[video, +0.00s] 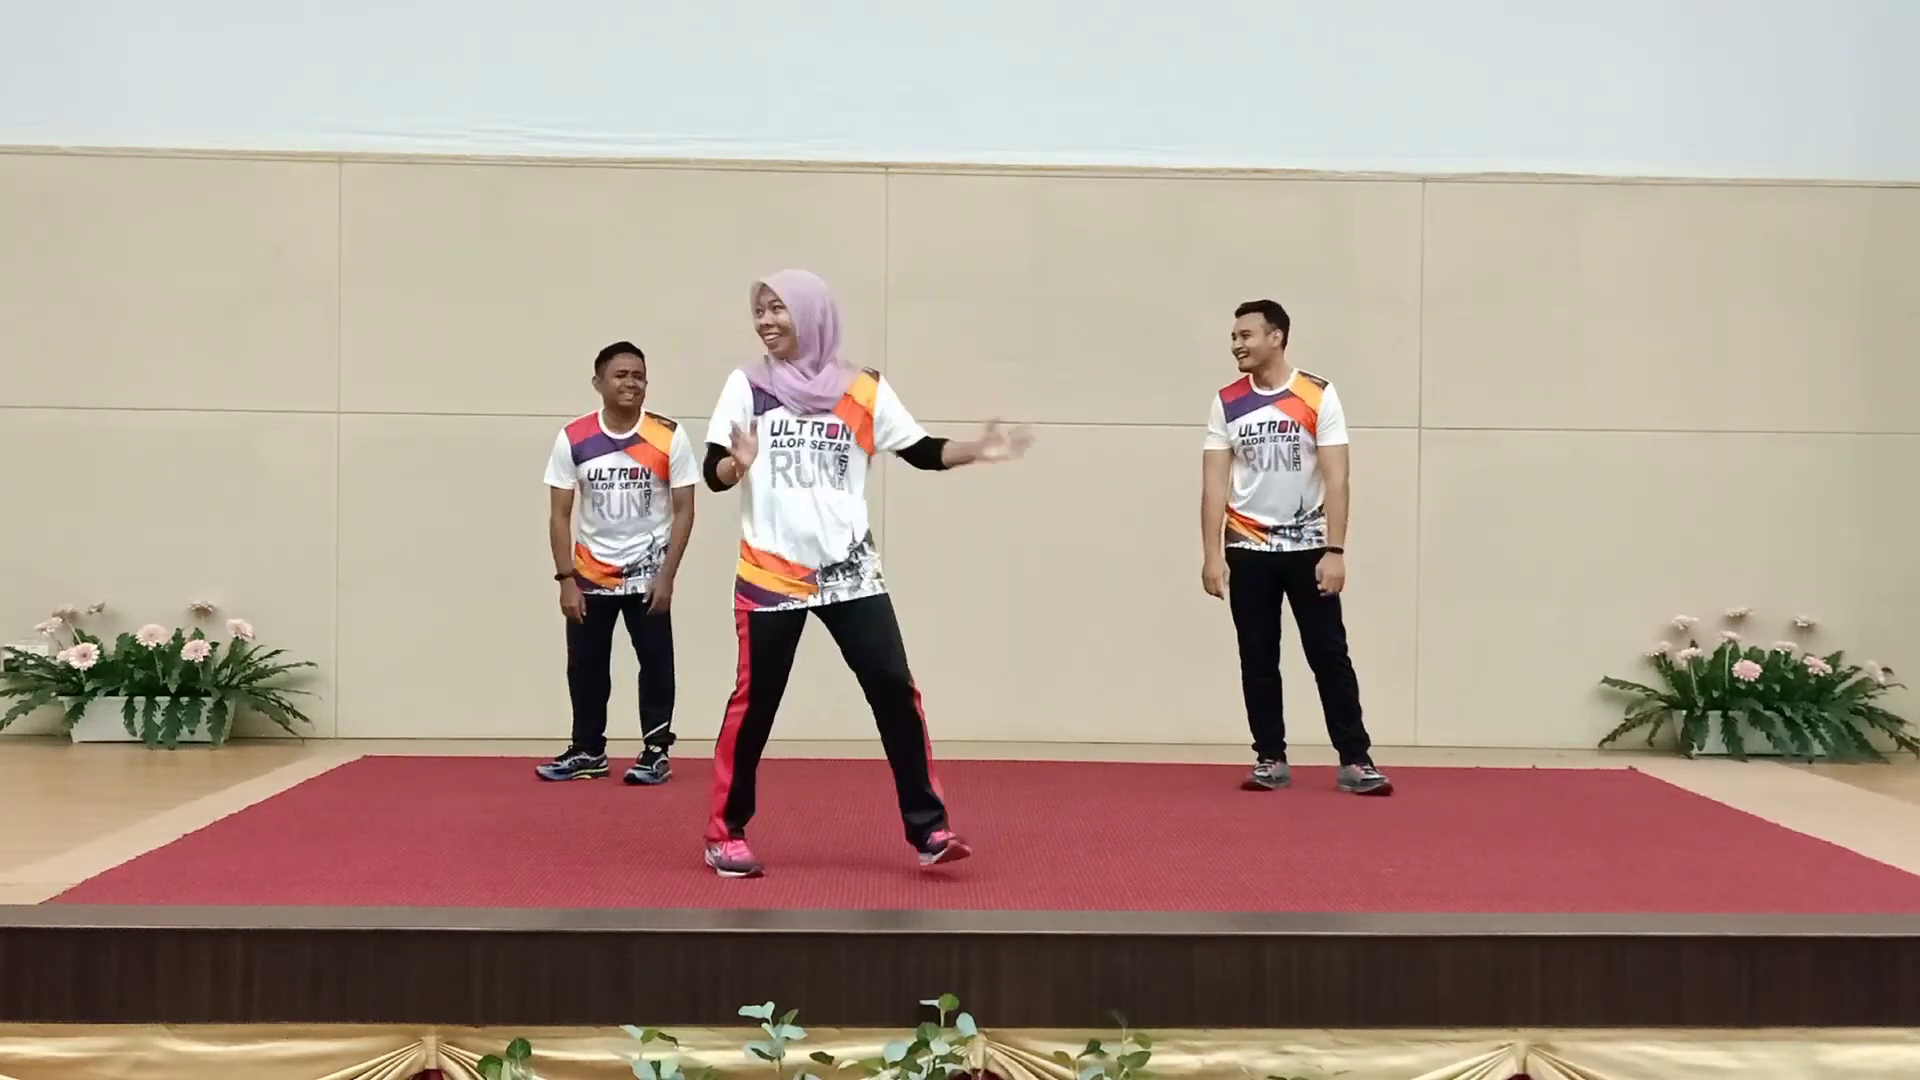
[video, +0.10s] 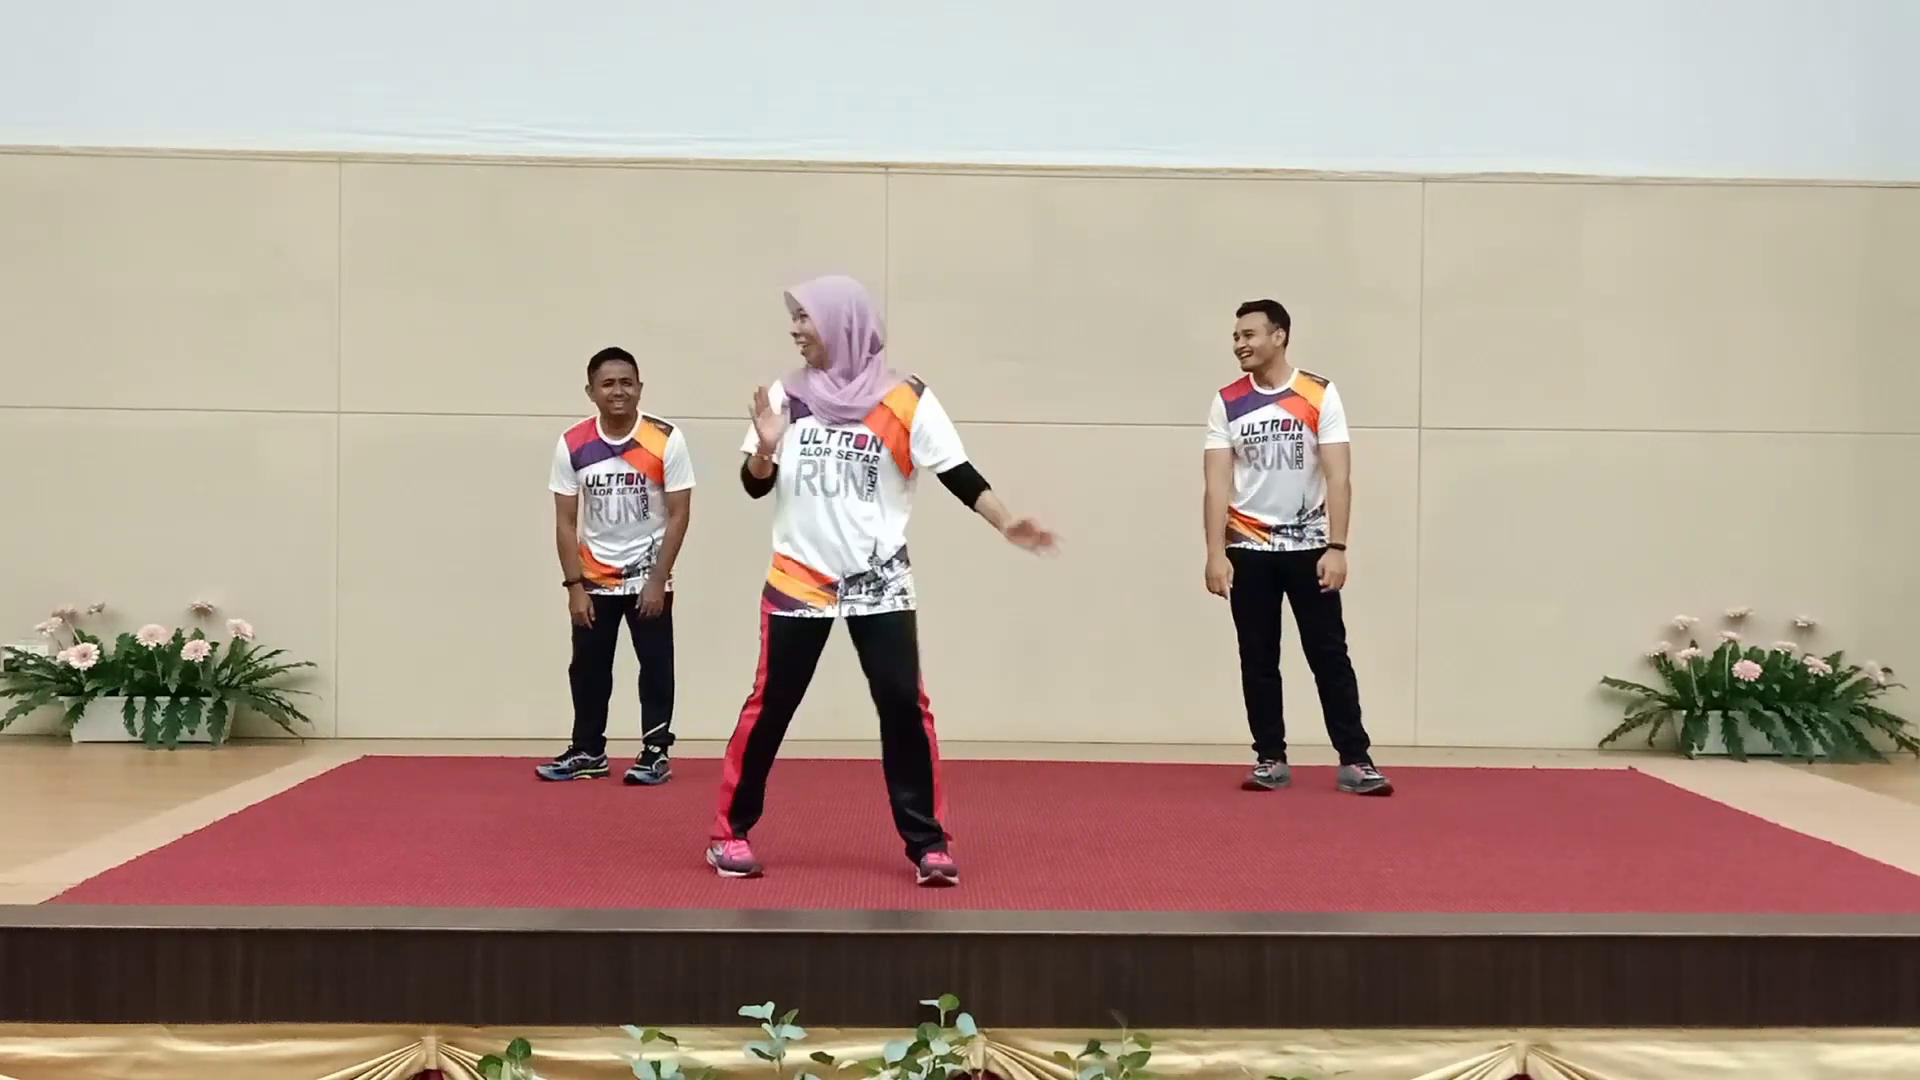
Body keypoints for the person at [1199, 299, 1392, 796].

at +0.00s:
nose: (1236, 344)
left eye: (1245, 335)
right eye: (1234, 336)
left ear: (1278, 338)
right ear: (1238, 342)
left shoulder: (1320, 398)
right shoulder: (1227, 402)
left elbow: (1336, 480)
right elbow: (1215, 485)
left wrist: (1335, 550)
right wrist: (1212, 554)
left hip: (1307, 548)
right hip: (1248, 550)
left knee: (1330, 657)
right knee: (1257, 661)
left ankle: (1355, 761)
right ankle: (1271, 761)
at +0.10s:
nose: (1239, 344)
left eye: (1248, 335)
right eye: (1236, 336)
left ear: (1280, 337)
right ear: (1237, 342)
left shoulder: (1321, 397)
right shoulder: (1227, 402)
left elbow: (1338, 477)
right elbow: (1218, 484)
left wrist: (1337, 547)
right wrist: (1214, 552)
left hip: (1309, 549)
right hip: (1249, 551)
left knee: (1329, 656)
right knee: (1258, 661)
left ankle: (1355, 761)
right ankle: (1271, 760)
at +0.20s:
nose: (1241, 343)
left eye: (1250, 334)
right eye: (1237, 336)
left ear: (1281, 337)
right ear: (1238, 342)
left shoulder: (1322, 397)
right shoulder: (1227, 402)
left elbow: (1339, 478)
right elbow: (1218, 483)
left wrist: (1336, 547)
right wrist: (1217, 551)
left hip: (1309, 548)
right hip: (1249, 551)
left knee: (1330, 656)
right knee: (1258, 661)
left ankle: (1355, 761)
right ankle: (1271, 760)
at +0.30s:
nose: (1243, 343)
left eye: (1253, 334)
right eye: (1240, 336)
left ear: (1283, 336)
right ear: (1239, 342)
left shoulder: (1324, 397)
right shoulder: (1229, 402)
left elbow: (1338, 478)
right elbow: (1220, 482)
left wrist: (1330, 548)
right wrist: (1222, 551)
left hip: (1310, 549)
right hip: (1251, 550)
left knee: (1330, 657)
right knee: (1258, 661)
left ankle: (1355, 761)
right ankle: (1271, 760)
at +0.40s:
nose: (1245, 342)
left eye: (1254, 333)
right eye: (1241, 335)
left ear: (1285, 336)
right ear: (1240, 342)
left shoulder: (1325, 396)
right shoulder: (1230, 402)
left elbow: (1336, 478)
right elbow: (1222, 481)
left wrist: (1327, 549)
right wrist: (1224, 551)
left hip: (1310, 549)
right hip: (1252, 551)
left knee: (1331, 658)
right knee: (1259, 662)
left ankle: (1356, 761)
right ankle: (1271, 760)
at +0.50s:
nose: (1247, 342)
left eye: (1256, 333)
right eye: (1243, 334)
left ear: (1286, 336)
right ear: (1242, 341)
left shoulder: (1325, 396)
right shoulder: (1231, 401)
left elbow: (1338, 476)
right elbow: (1222, 482)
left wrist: (1325, 549)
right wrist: (1225, 551)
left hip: (1311, 549)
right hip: (1253, 551)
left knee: (1332, 658)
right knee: (1259, 661)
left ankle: (1356, 762)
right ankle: (1271, 760)